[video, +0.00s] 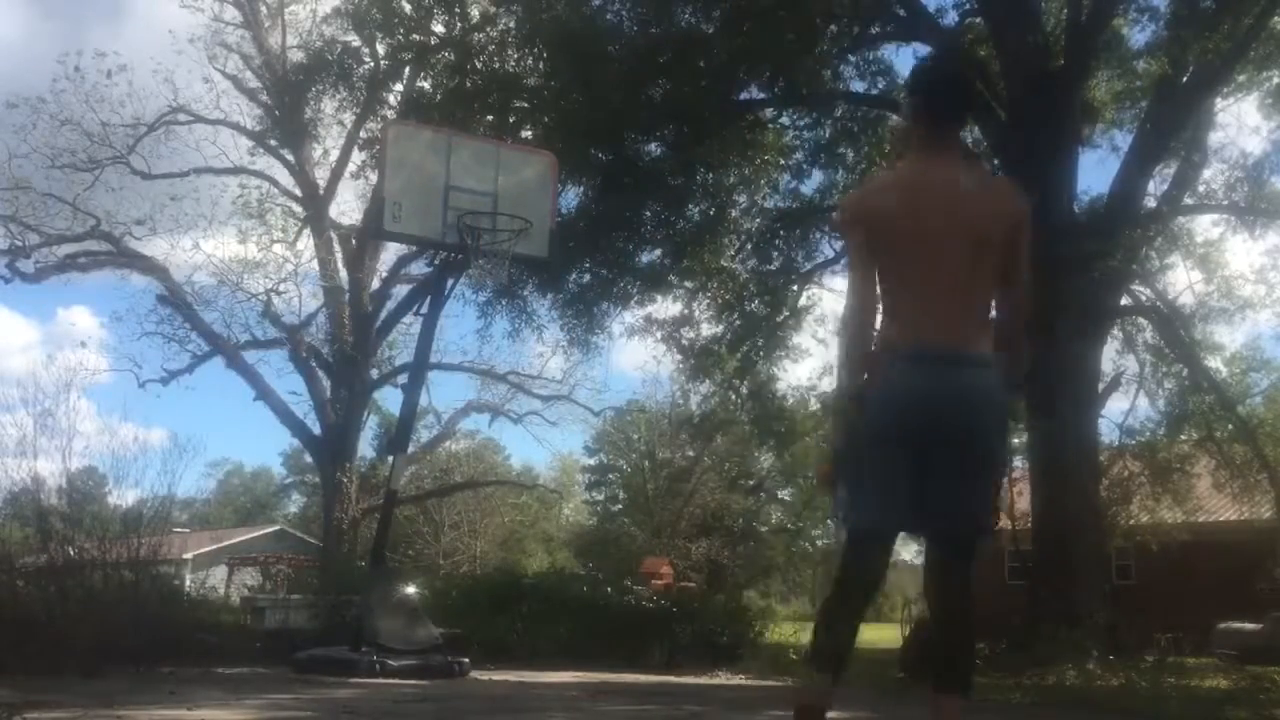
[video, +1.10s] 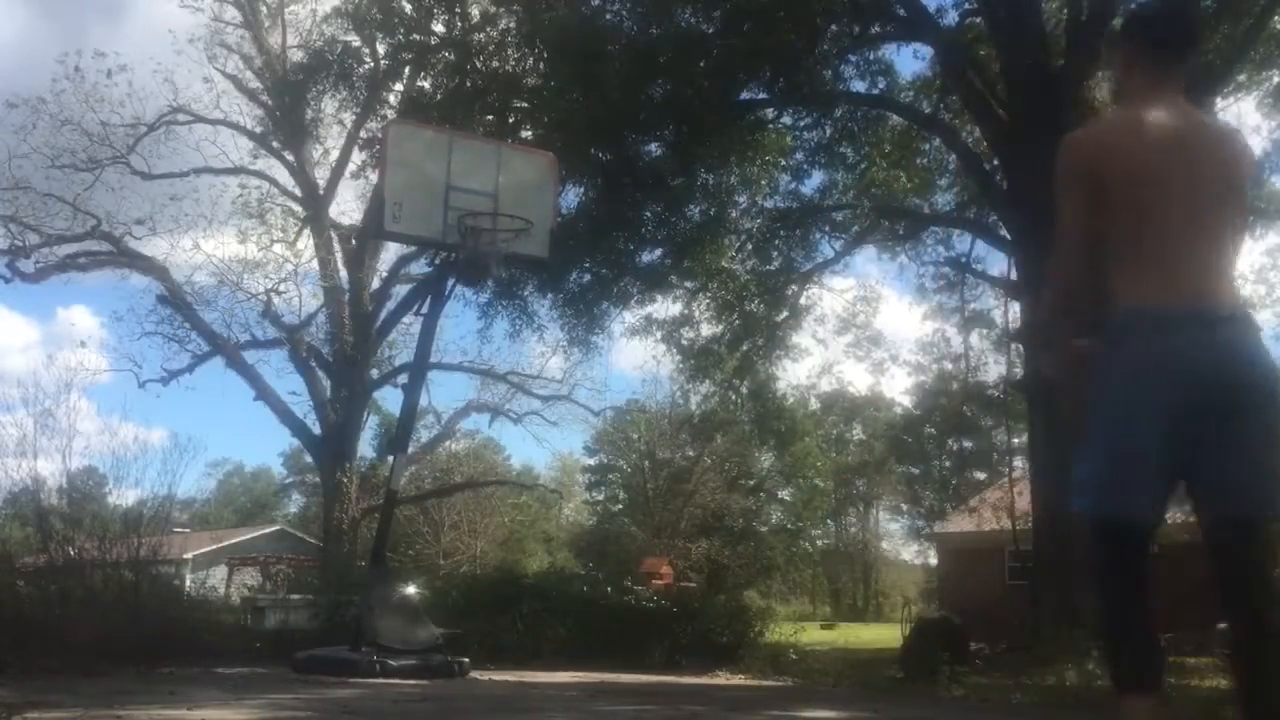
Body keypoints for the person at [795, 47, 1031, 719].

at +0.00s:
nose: (906, 121)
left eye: (907, 111)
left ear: (911, 115)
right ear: (970, 119)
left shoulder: (872, 197)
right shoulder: (1005, 199)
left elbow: (860, 315)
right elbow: (1014, 310)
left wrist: (845, 408)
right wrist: (998, 388)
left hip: (894, 385)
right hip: (976, 389)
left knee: (863, 555)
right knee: (953, 563)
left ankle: (812, 699)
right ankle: (949, 704)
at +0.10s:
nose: (917, 105)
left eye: (920, 96)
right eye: (925, 96)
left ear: (924, 102)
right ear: (984, 105)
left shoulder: (891, 185)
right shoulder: (1021, 191)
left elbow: (880, 280)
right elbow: (1047, 300)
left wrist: (877, 368)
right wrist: (1065, 402)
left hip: (918, 369)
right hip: (998, 374)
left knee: (892, 538)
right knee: (970, 545)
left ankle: (895, 671)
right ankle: (963, 695)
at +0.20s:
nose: (926, 101)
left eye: (930, 92)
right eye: (935, 92)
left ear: (940, 100)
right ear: (998, 104)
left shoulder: (907, 169)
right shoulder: (1032, 187)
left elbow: (912, 221)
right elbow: (1091, 264)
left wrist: (917, 313)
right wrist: (1114, 350)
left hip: (942, 375)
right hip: (1020, 373)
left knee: (928, 525)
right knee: (988, 528)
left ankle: (977, 661)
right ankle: (970, 661)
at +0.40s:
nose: (950, 108)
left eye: (955, 97)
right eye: (951, 98)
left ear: (972, 99)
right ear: (1023, 103)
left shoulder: (959, 157)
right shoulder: (1062, 175)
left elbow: (961, 210)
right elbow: (1118, 258)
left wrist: (952, 303)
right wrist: (1154, 366)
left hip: (1002, 370)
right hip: (1069, 372)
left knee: (1026, 548)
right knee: (1040, 547)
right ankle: (990, 696)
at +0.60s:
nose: (996, 74)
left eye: (999, 63)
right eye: (997, 63)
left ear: (1019, 66)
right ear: (1077, 68)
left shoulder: (1005, 147)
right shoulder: (1116, 156)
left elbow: (995, 277)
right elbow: (1116, 262)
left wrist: (970, 399)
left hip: (1060, 344)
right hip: (1133, 343)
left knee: (1091, 526)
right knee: (1078, 521)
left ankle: (1134, 697)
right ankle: (1055, 687)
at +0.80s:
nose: (1055, 58)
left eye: (1059, 46)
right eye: (1061, 46)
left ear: (1070, 48)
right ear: (1133, 55)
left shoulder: (1046, 132)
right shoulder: (1165, 140)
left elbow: (1033, 252)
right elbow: (1153, 248)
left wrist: (1009, 326)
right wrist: (1054, 308)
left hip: (1091, 338)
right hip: (1172, 337)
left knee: (1110, 537)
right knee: (1173, 537)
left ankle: (1145, 700)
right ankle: (1173, 697)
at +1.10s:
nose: (1112, 68)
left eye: (1116, 56)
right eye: (1117, 56)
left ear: (1127, 56)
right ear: (1188, 60)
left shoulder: (1091, 144)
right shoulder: (1233, 147)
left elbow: (1072, 269)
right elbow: (1225, 247)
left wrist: (1061, 348)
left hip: (1139, 350)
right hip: (1233, 345)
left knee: (1119, 539)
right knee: (1243, 543)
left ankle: (1137, 696)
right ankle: (1258, 701)